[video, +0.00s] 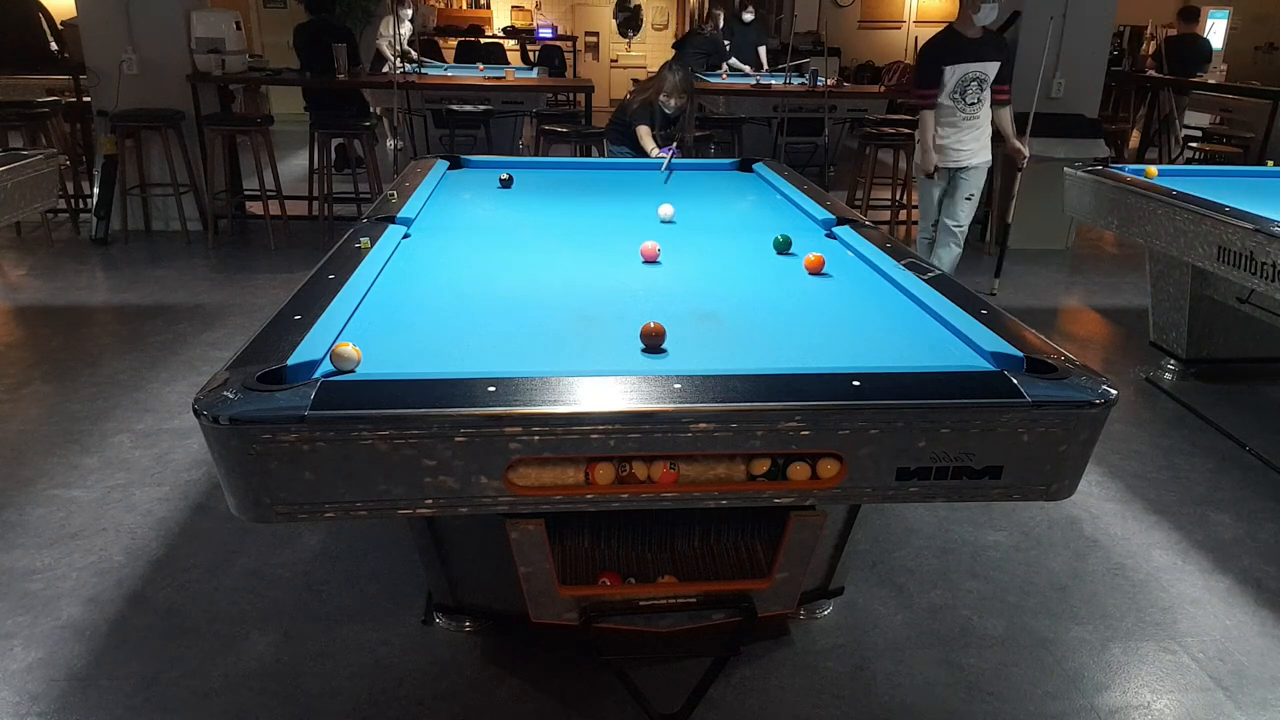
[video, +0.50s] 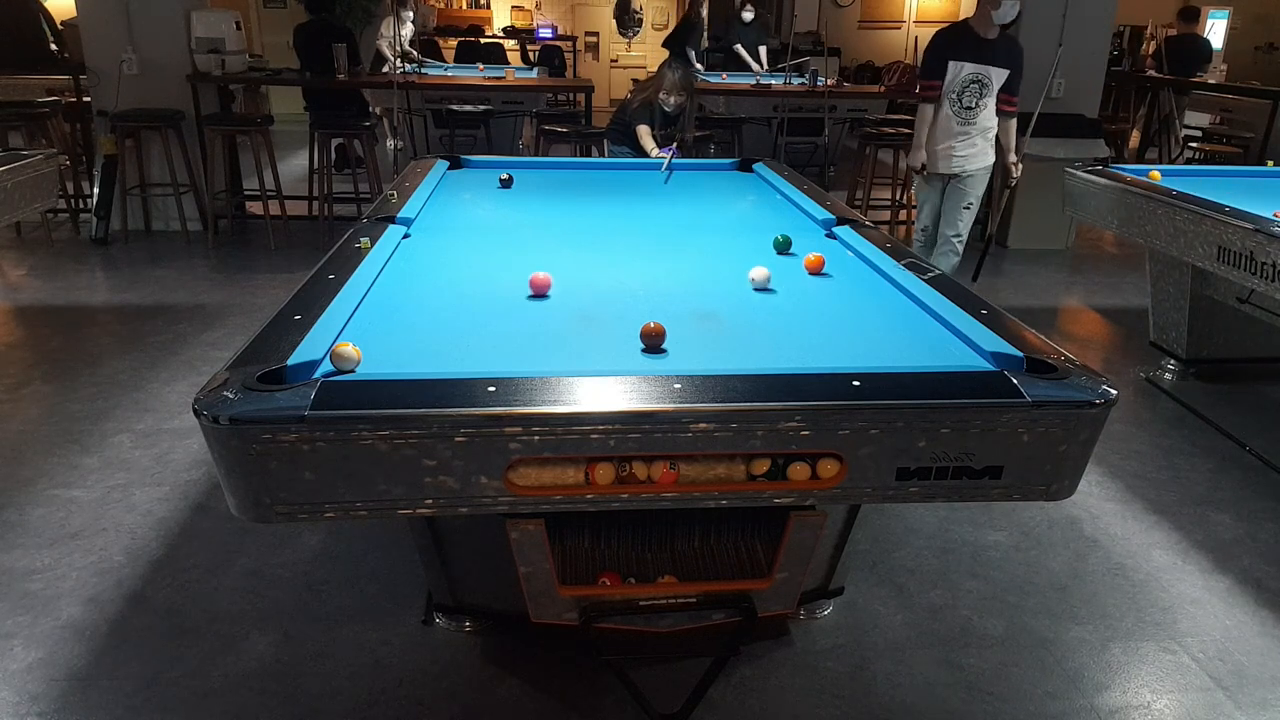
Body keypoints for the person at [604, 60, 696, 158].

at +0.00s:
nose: (673, 104)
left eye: (680, 98)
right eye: (666, 96)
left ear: (689, 97)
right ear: (656, 91)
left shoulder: (686, 104)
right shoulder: (641, 100)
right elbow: (643, 134)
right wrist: (656, 153)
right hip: (622, 143)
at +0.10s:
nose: (673, 103)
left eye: (680, 97)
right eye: (666, 96)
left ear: (689, 96)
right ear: (656, 90)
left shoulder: (686, 104)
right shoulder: (641, 100)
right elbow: (643, 134)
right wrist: (656, 153)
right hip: (623, 143)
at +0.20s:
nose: (673, 103)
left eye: (680, 97)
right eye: (666, 95)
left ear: (689, 96)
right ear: (656, 90)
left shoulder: (686, 104)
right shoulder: (641, 100)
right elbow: (643, 134)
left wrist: (674, 145)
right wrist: (656, 153)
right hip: (623, 143)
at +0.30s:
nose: (672, 103)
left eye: (680, 97)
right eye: (666, 95)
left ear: (688, 96)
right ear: (656, 90)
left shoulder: (685, 104)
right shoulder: (641, 100)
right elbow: (643, 134)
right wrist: (656, 153)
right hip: (623, 144)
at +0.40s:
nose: (672, 102)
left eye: (680, 96)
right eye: (666, 95)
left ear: (689, 96)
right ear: (657, 90)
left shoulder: (686, 104)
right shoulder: (641, 100)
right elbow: (643, 134)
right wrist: (656, 153)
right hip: (623, 143)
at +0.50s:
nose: (672, 101)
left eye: (680, 95)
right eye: (666, 94)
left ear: (688, 95)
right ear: (657, 89)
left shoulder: (686, 103)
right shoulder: (641, 99)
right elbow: (643, 134)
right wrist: (656, 153)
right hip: (623, 144)